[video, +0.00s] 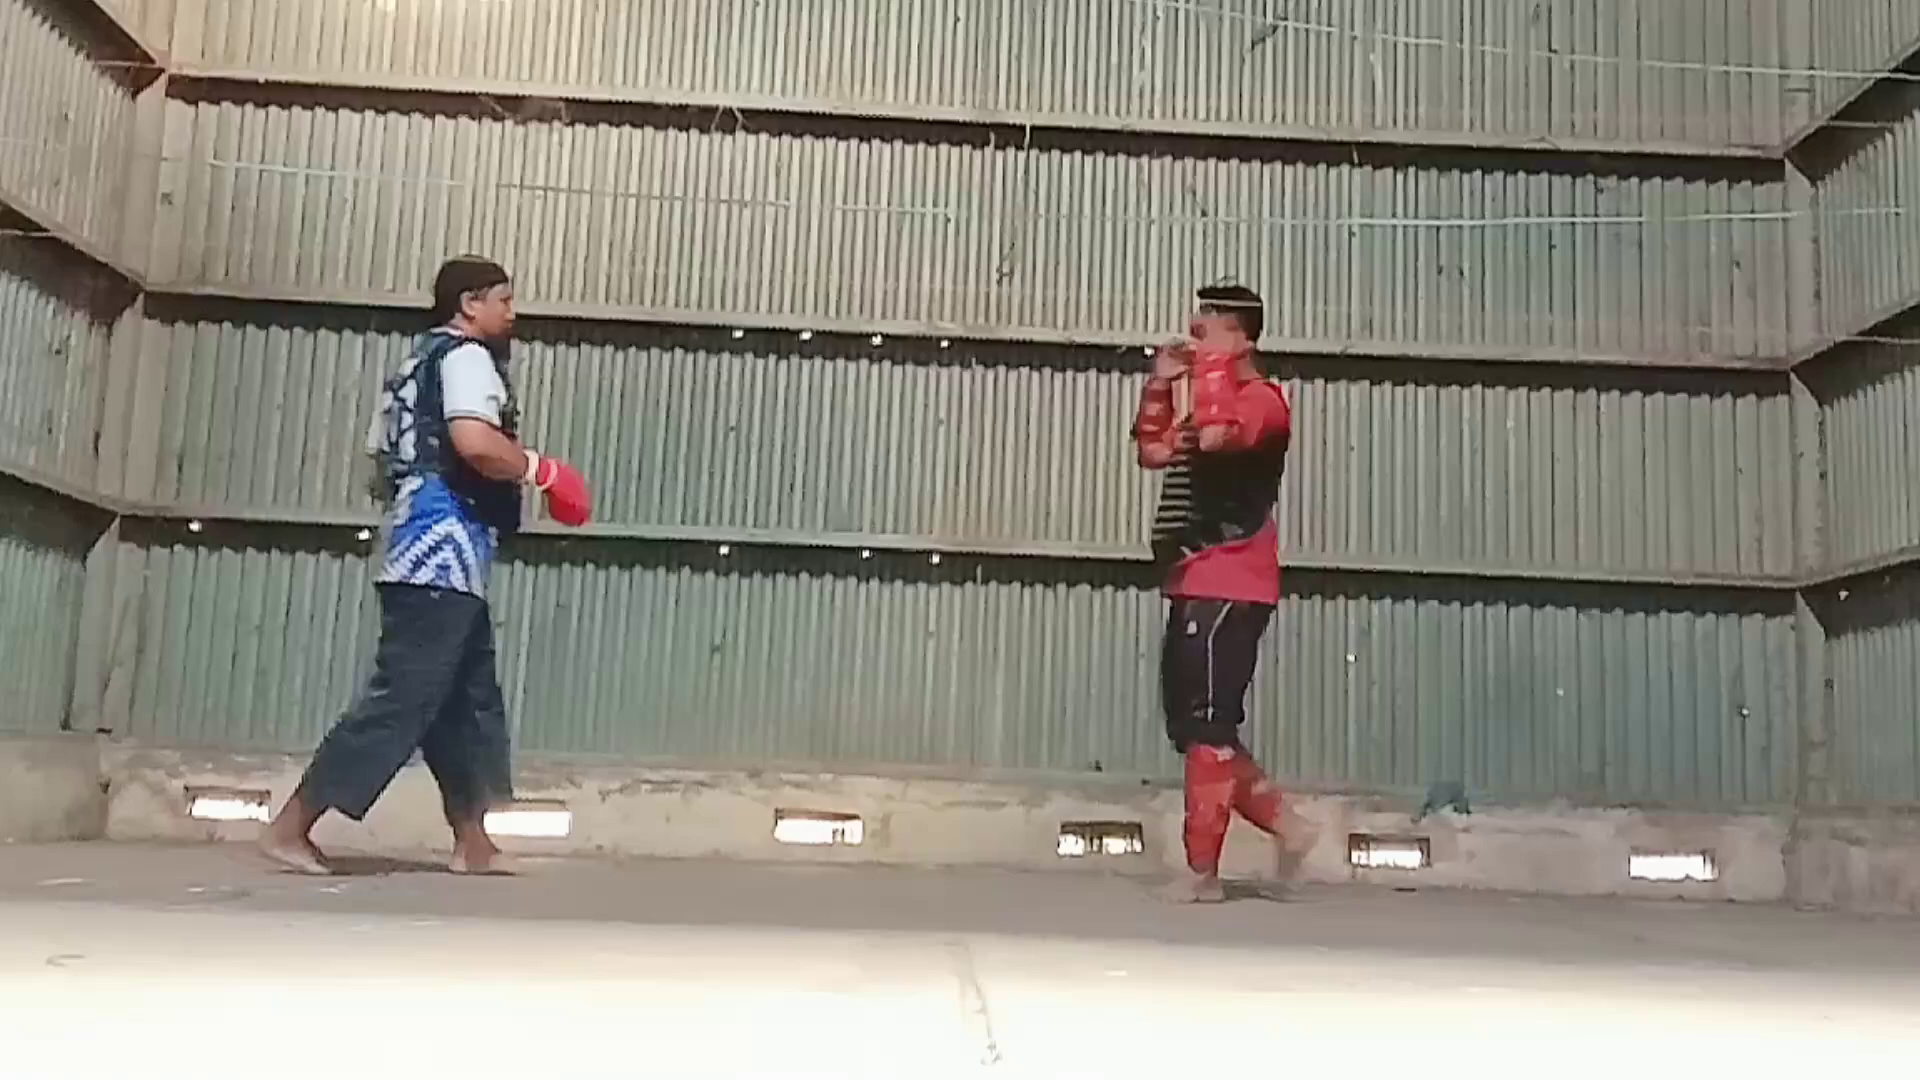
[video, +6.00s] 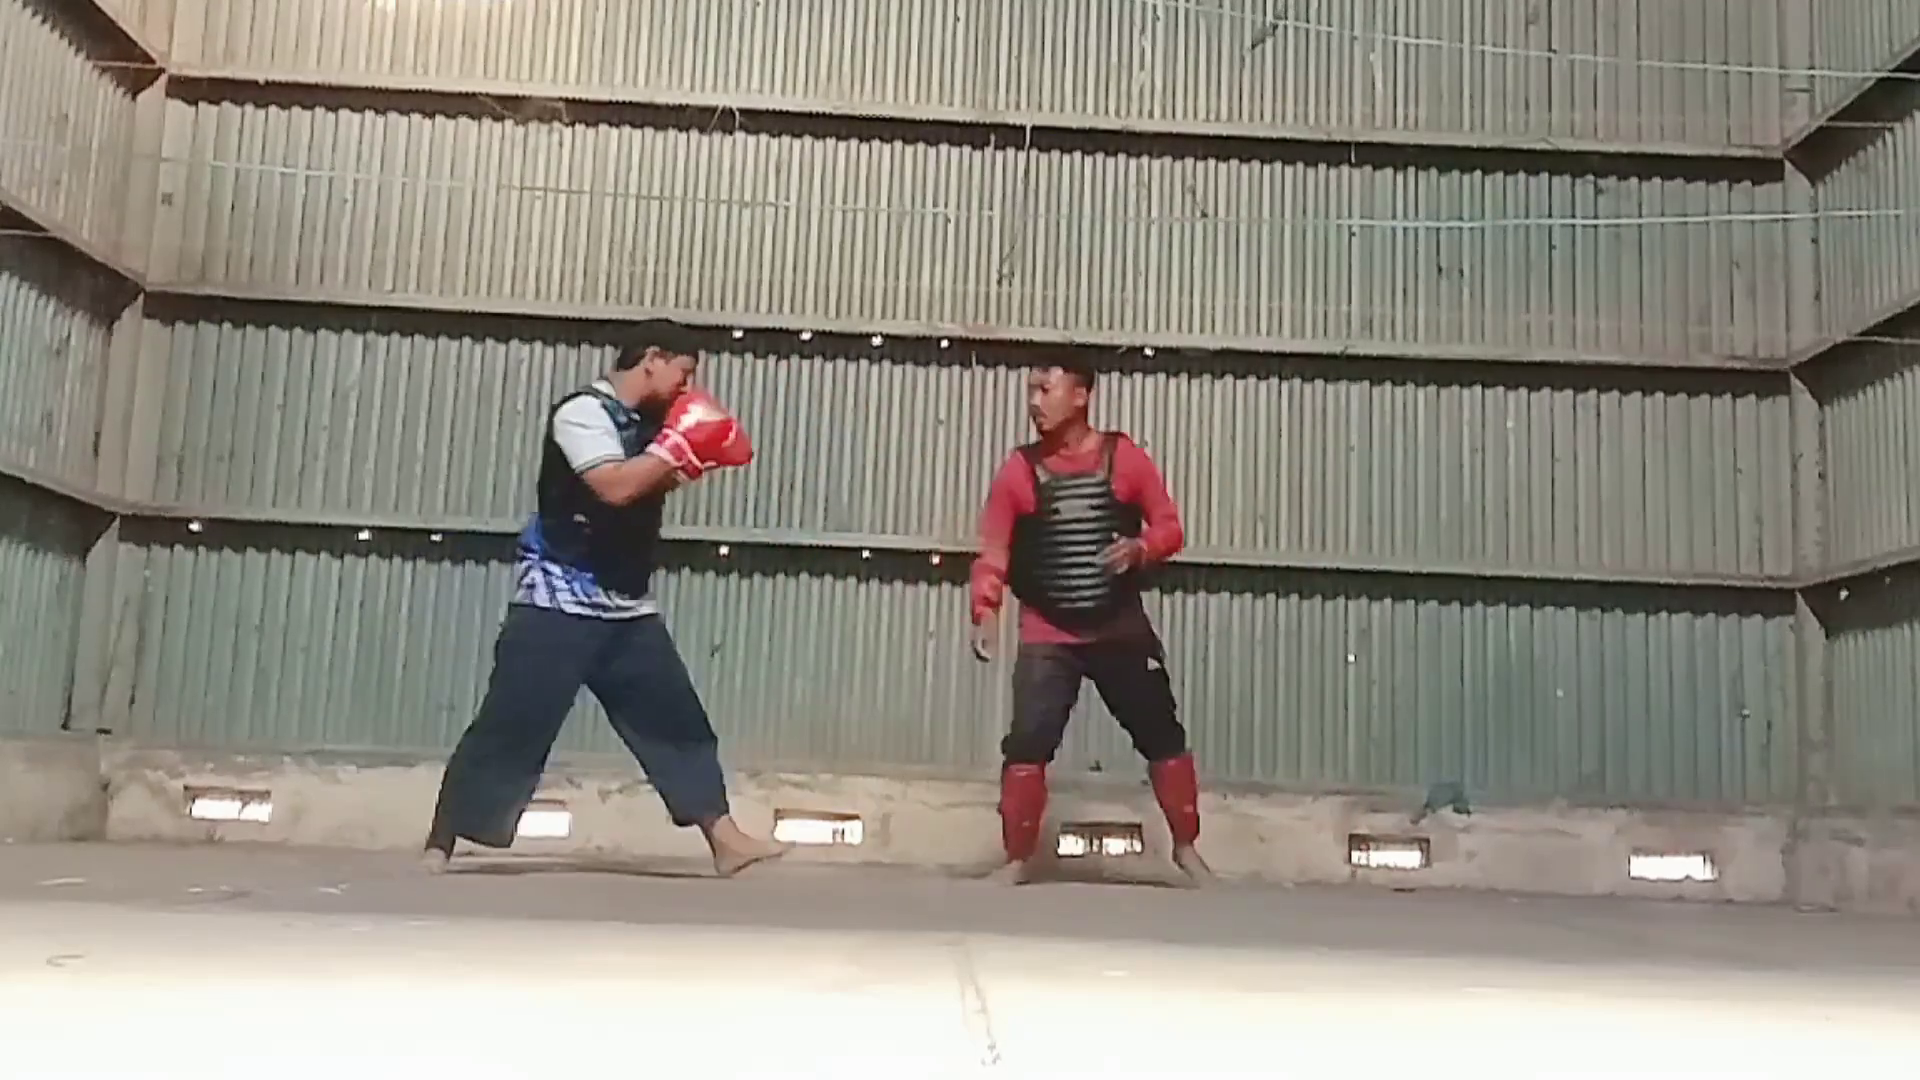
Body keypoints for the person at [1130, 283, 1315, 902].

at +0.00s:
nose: (1193, 331)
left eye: (1205, 323)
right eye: (1195, 322)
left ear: (1239, 335)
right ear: (1211, 334)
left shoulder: (1265, 399)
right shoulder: (1199, 395)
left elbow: (1219, 433)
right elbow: (1151, 453)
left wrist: (1205, 365)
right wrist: (1162, 381)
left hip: (1231, 580)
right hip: (1192, 580)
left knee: (1207, 721)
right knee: (1190, 722)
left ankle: (1202, 874)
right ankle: (1290, 829)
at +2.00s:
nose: (1203, 354)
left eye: (1213, 343)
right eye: (1203, 344)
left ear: (1249, 347)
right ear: (1231, 351)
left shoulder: (1302, 406)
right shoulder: (1203, 431)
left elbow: (1348, 494)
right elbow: (1173, 514)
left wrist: (1353, 578)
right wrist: (1138, 577)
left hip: (1307, 591)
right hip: (1238, 598)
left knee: (1309, 722)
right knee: (1246, 727)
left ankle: (1318, 867)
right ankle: (1251, 870)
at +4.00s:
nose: (1197, 383)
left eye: (1208, 372)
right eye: (1196, 373)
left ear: (1246, 376)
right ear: (1202, 379)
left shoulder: (1297, 439)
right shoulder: (1186, 451)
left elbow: (1341, 518)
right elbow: (1166, 539)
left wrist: (1280, 547)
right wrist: (1144, 611)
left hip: (1279, 629)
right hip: (1197, 626)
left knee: (1326, 743)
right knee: (1140, 726)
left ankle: (1358, 866)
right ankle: (1095, 851)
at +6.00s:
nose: (1034, 401)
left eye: (1044, 390)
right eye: (1031, 391)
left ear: (1082, 395)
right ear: (1028, 397)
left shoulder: (1125, 457)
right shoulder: (1019, 470)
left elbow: (1169, 528)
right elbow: (994, 550)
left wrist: (1141, 547)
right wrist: (983, 611)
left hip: (1119, 631)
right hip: (1046, 634)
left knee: (1164, 738)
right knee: (1026, 744)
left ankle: (1186, 849)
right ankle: (1017, 860)